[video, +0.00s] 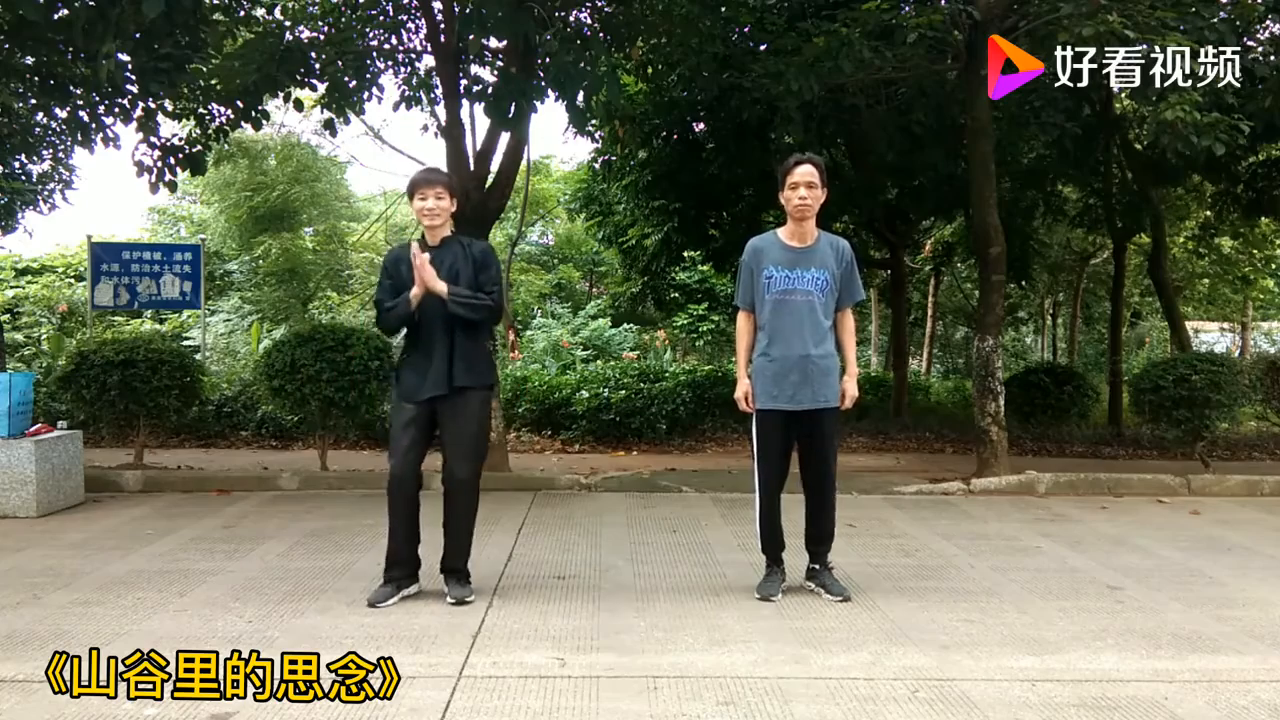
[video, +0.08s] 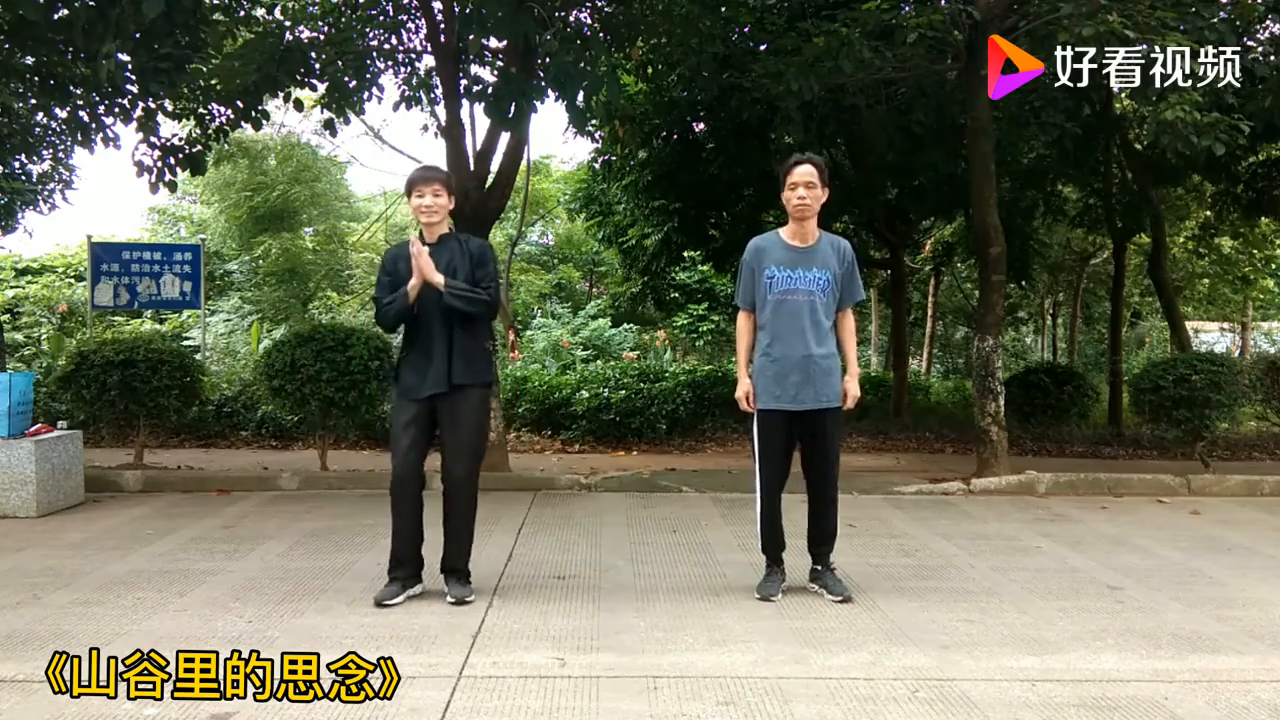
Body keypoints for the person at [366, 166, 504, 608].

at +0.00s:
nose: (430, 205)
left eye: (438, 197)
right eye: (422, 199)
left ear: (453, 203)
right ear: (412, 207)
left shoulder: (478, 252)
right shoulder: (398, 259)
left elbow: (492, 309)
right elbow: (386, 321)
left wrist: (440, 287)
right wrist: (417, 290)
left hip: (468, 381)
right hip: (415, 380)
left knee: (461, 477)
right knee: (400, 472)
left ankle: (457, 574)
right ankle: (400, 575)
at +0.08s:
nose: (427, 202)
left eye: (435, 195)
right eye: (419, 196)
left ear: (451, 201)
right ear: (409, 204)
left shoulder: (475, 249)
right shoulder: (397, 256)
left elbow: (487, 304)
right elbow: (385, 318)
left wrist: (434, 278)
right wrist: (417, 280)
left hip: (467, 379)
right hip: (414, 379)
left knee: (460, 478)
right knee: (403, 472)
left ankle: (457, 575)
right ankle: (405, 575)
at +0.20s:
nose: (424, 199)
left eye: (433, 192)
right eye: (416, 193)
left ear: (448, 199)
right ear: (407, 202)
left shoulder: (471, 249)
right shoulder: (390, 254)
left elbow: (481, 307)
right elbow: (379, 317)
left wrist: (431, 281)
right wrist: (412, 283)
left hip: (461, 380)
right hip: (409, 381)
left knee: (457, 480)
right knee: (406, 479)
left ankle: (456, 576)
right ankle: (406, 575)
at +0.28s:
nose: (424, 199)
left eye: (432, 192)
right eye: (416, 192)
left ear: (447, 199)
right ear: (406, 200)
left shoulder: (470, 249)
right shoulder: (388, 253)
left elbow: (483, 310)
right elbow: (372, 315)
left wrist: (432, 293)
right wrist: (408, 294)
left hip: (458, 380)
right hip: (405, 380)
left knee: (457, 479)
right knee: (405, 479)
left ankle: (456, 575)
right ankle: (406, 575)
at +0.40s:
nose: (423, 203)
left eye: (432, 196)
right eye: (414, 196)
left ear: (445, 203)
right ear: (404, 203)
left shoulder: (468, 257)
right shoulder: (382, 257)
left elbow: (485, 318)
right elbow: (363, 318)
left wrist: (446, 344)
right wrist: (391, 339)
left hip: (453, 386)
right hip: (398, 387)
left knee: (460, 478)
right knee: (399, 482)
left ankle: (458, 573)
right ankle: (405, 575)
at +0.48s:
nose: (424, 208)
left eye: (432, 200)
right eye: (415, 200)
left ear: (445, 207)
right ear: (403, 207)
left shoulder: (469, 262)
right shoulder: (382, 262)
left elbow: (481, 328)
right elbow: (364, 328)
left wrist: (455, 373)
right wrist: (383, 371)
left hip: (451, 386)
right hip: (396, 387)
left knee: (459, 480)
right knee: (395, 485)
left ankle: (455, 574)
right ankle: (404, 575)